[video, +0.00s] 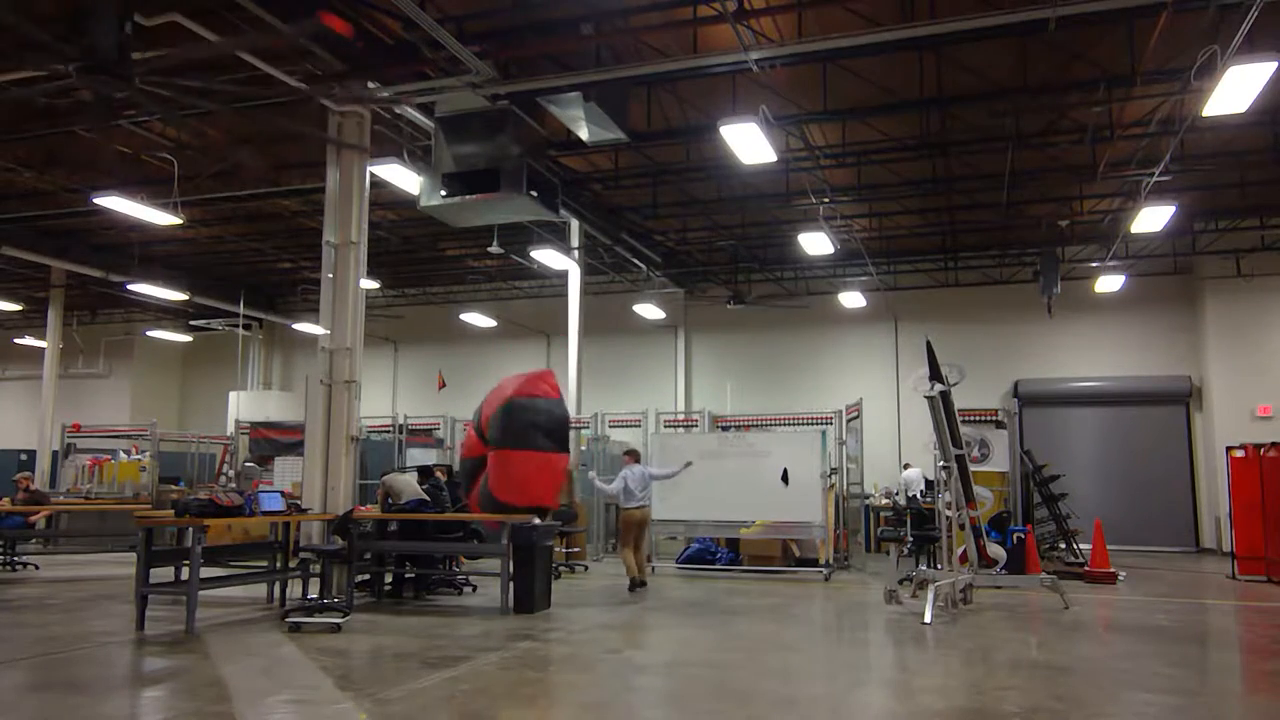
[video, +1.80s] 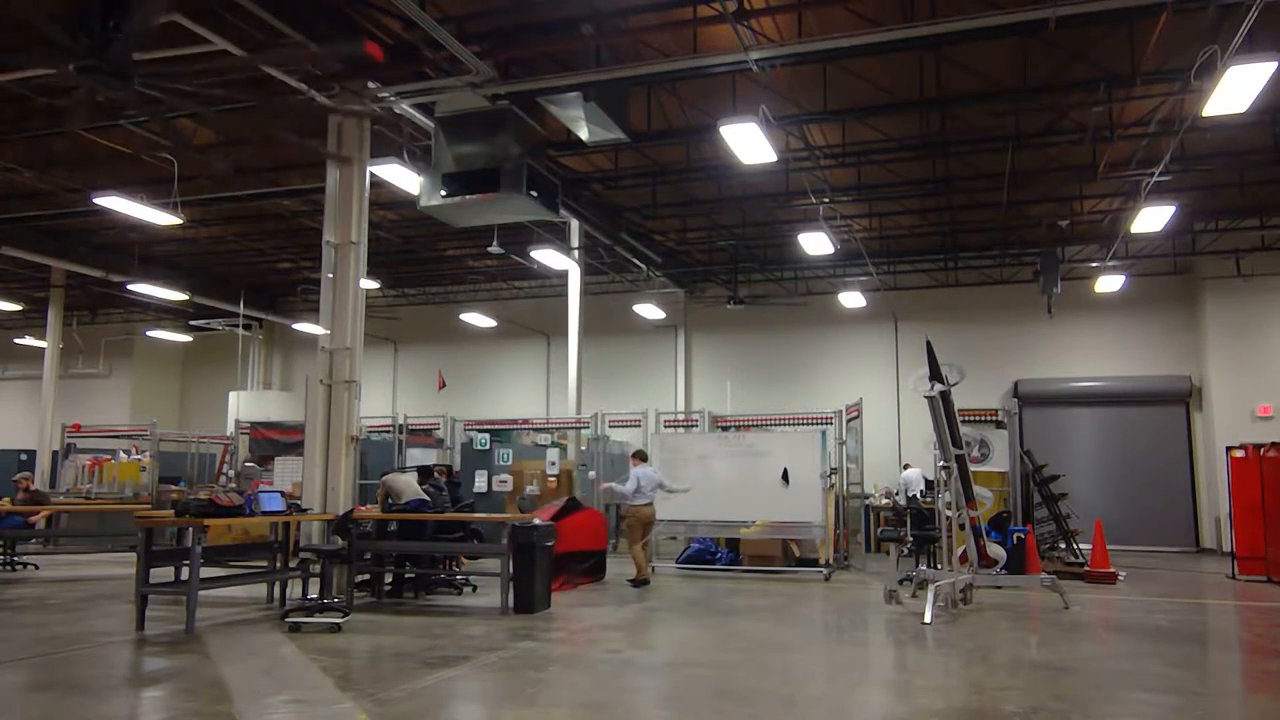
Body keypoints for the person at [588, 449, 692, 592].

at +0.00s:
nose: (623, 460)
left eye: (625, 457)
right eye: (624, 457)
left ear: (631, 458)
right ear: (636, 459)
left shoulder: (625, 473)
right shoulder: (645, 470)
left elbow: (613, 490)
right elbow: (665, 474)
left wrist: (594, 481)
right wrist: (682, 468)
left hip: (629, 512)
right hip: (645, 511)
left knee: (626, 547)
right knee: (638, 547)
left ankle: (633, 577)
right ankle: (642, 578)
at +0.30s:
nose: (620, 458)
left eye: (622, 455)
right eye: (621, 455)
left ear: (629, 455)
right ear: (633, 456)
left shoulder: (622, 468)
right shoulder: (641, 469)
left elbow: (608, 481)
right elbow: (658, 481)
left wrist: (595, 470)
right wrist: (677, 489)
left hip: (623, 508)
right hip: (638, 507)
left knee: (619, 545)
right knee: (635, 544)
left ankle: (620, 579)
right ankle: (640, 578)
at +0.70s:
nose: (617, 458)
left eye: (619, 456)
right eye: (618, 455)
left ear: (625, 458)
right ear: (629, 459)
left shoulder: (619, 471)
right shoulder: (636, 473)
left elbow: (602, 485)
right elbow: (646, 488)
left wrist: (590, 474)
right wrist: (656, 495)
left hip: (618, 510)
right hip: (632, 509)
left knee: (612, 545)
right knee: (627, 544)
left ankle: (617, 579)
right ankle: (639, 574)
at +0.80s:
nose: (618, 459)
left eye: (619, 456)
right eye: (618, 456)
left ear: (625, 457)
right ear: (631, 458)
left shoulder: (621, 472)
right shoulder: (637, 472)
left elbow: (604, 486)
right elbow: (641, 488)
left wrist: (591, 477)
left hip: (619, 508)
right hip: (633, 508)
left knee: (614, 545)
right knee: (629, 544)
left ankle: (617, 579)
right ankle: (639, 575)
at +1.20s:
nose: (626, 461)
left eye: (627, 458)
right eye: (626, 459)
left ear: (632, 458)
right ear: (638, 459)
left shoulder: (629, 472)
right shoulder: (646, 473)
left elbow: (613, 488)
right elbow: (651, 488)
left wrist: (598, 478)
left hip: (629, 508)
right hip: (643, 507)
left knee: (622, 544)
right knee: (637, 544)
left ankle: (621, 578)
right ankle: (639, 577)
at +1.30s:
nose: (628, 461)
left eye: (629, 459)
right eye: (628, 459)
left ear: (633, 459)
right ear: (640, 459)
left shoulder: (631, 472)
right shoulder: (648, 472)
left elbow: (615, 488)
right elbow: (656, 487)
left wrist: (599, 477)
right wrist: (662, 495)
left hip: (631, 508)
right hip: (644, 507)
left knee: (624, 544)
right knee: (638, 544)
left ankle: (623, 578)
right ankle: (639, 577)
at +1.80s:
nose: (631, 462)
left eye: (632, 460)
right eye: (631, 460)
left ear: (636, 460)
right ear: (644, 460)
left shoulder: (635, 472)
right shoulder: (653, 472)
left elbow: (628, 490)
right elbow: (667, 488)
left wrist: (611, 485)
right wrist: (683, 489)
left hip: (636, 508)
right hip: (649, 508)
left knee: (634, 544)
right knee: (644, 544)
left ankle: (642, 575)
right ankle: (641, 574)